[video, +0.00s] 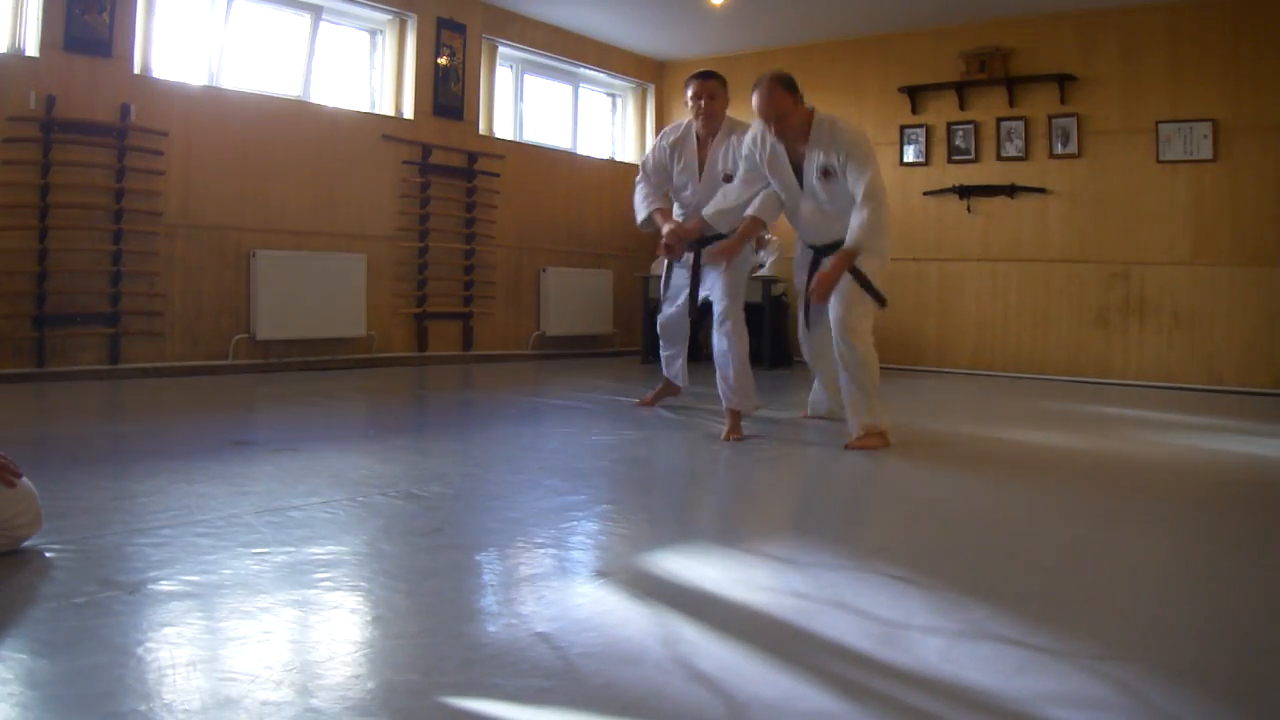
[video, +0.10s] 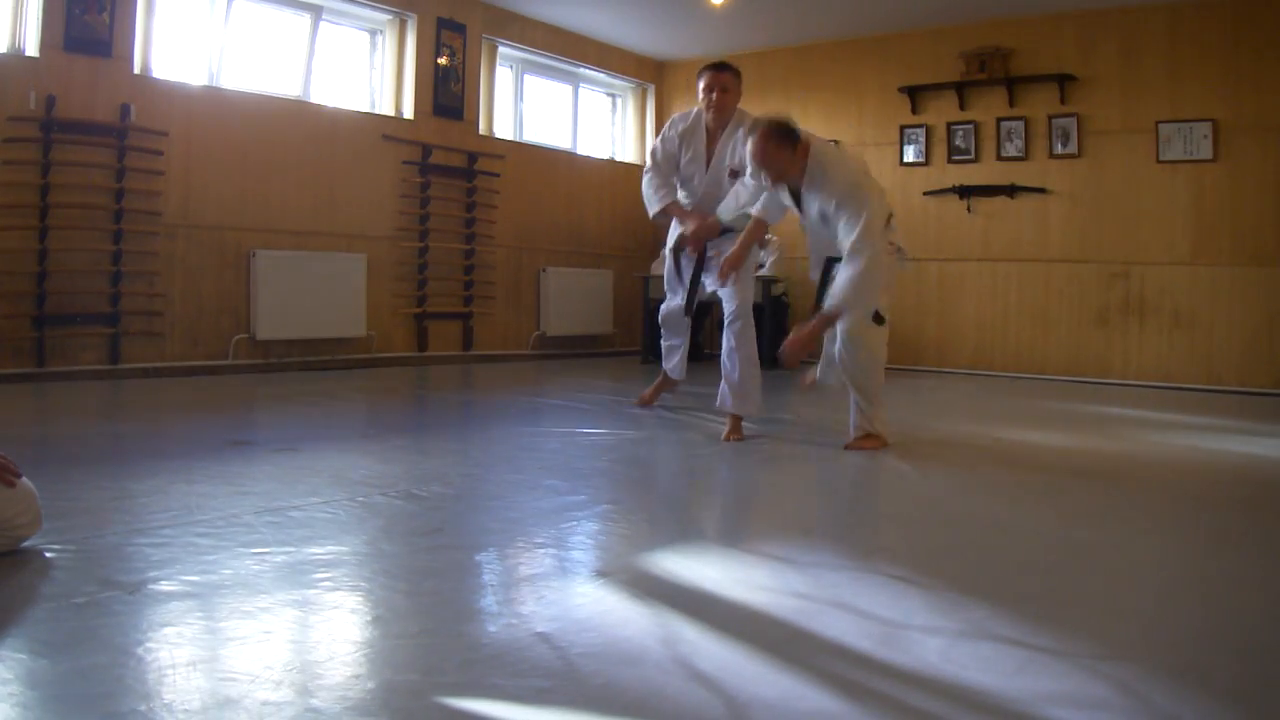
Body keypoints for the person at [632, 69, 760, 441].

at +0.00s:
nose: (703, 105)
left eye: (711, 97)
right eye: (696, 98)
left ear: (726, 100)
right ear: (687, 103)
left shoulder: (746, 137)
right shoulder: (671, 139)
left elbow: (764, 192)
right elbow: (647, 182)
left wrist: (737, 241)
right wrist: (666, 224)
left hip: (727, 241)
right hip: (684, 240)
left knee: (727, 318)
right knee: (670, 315)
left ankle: (733, 410)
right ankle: (672, 380)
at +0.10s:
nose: (715, 97)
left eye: (724, 90)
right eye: (708, 90)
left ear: (739, 95)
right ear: (698, 94)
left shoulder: (752, 131)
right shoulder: (680, 127)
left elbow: (755, 186)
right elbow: (654, 177)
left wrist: (714, 223)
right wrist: (684, 218)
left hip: (733, 233)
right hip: (685, 230)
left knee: (737, 314)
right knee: (674, 307)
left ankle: (735, 411)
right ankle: (670, 373)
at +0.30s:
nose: (727, 71)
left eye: (736, 65)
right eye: (720, 64)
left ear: (750, 70)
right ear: (708, 67)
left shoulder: (766, 110)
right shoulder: (689, 102)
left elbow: (788, 162)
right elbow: (671, 155)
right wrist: (723, 133)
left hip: (740, 224)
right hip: (690, 222)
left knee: (740, 320)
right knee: (677, 306)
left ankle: (735, 413)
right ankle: (671, 373)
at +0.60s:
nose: (725, 59)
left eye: (735, 53)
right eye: (719, 52)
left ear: (749, 61)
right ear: (708, 58)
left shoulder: (765, 105)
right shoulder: (684, 101)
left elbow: (782, 161)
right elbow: (661, 155)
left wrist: (749, 161)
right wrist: (703, 168)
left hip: (740, 221)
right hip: (688, 220)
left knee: (741, 322)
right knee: (675, 320)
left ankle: (742, 410)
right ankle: (688, 398)